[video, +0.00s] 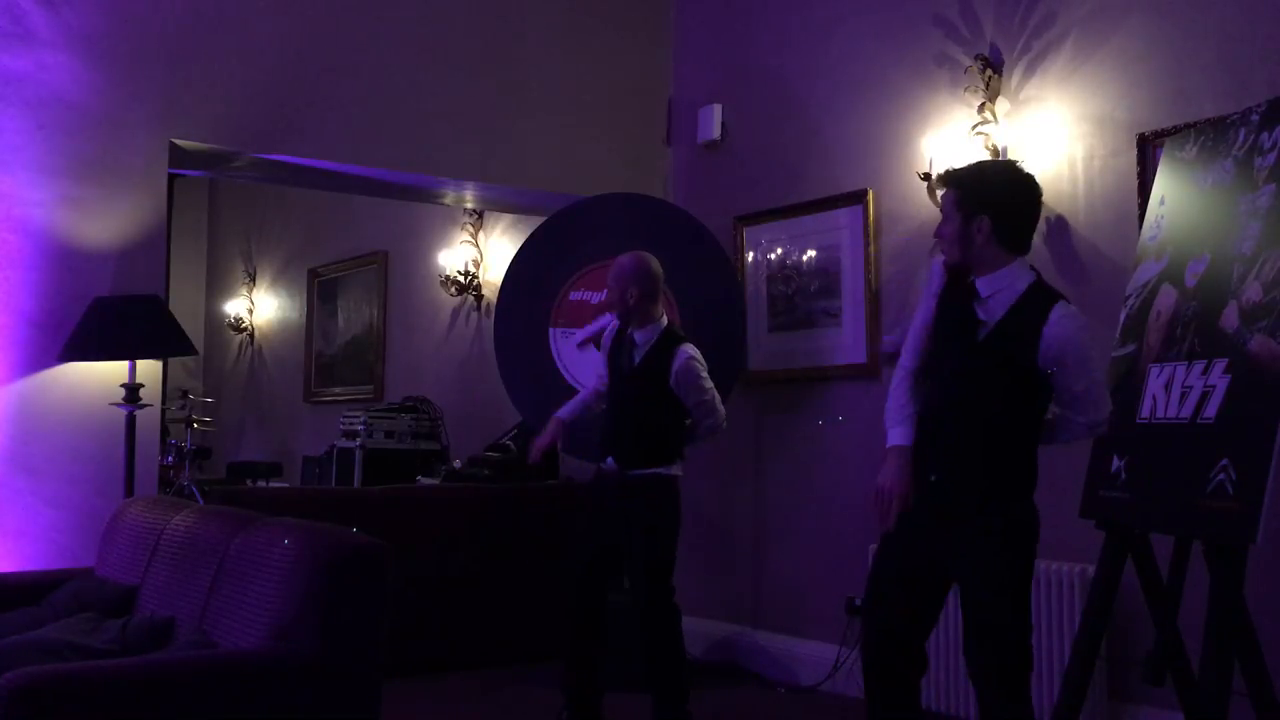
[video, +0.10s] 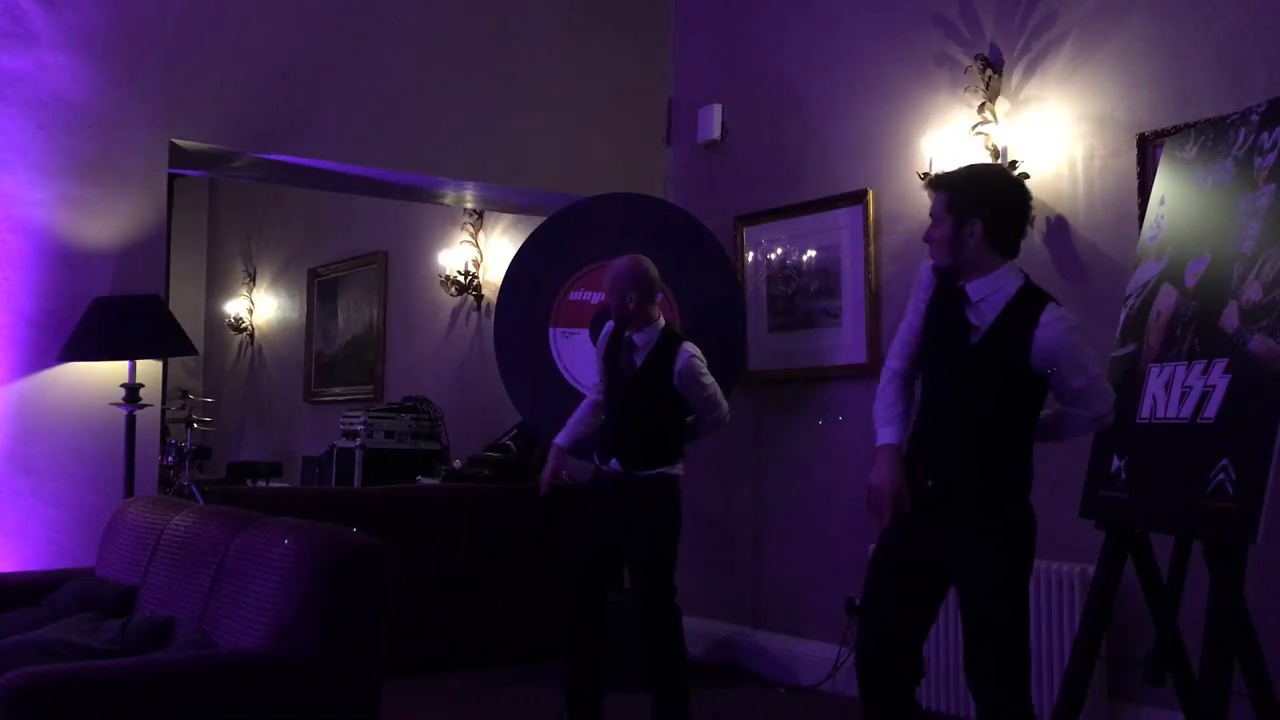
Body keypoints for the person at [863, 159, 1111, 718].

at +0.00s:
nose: (936, 232)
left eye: (946, 218)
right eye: (939, 218)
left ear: (982, 228)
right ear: (979, 229)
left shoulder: (1055, 320)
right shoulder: (945, 293)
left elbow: (1089, 415)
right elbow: (906, 372)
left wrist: (1020, 433)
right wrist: (897, 450)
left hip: (999, 513)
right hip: (927, 502)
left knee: (998, 671)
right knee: (885, 652)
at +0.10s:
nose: (927, 234)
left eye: (937, 221)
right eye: (931, 220)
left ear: (974, 231)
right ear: (967, 232)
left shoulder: (1046, 322)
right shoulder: (937, 285)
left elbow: (1093, 409)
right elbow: (897, 370)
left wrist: (1025, 429)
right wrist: (887, 452)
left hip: (996, 516)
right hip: (923, 505)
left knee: (997, 680)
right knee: (880, 660)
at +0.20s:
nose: (907, 236)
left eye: (918, 223)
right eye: (911, 223)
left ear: (955, 233)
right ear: (950, 233)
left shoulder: (1022, 318)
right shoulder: (922, 295)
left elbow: (1106, 404)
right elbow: (896, 373)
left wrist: (1055, 469)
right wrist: (870, 438)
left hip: (986, 517)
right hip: (915, 509)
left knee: (985, 682)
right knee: (876, 659)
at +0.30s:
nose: (887, 241)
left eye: (897, 227)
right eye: (889, 228)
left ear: (937, 233)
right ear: (934, 235)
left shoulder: (989, 320)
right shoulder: (918, 304)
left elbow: (1085, 406)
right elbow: (897, 381)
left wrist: (1086, 503)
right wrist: (857, 436)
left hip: (970, 530)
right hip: (910, 520)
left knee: (966, 686)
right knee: (875, 668)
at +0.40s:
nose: (873, 250)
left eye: (882, 235)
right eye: (874, 236)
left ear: (922, 238)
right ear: (920, 240)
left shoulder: (954, 321)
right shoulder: (916, 311)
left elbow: (1037, 416)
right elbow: (898, 395)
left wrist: (1062, 528)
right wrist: (849, 450)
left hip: (951, 532)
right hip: (915, 522)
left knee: (915, 684)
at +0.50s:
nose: (864, 262)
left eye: (873, 247)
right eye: (865, 249)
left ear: (912, 249)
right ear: (908, 252)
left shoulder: (929, 332)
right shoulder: (923, 321)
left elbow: (977, 439)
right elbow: (905, 424)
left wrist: (988, 546)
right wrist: (848, 471)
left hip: (928, 549)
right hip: (926, 541)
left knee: (882, 691)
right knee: (889, 689)